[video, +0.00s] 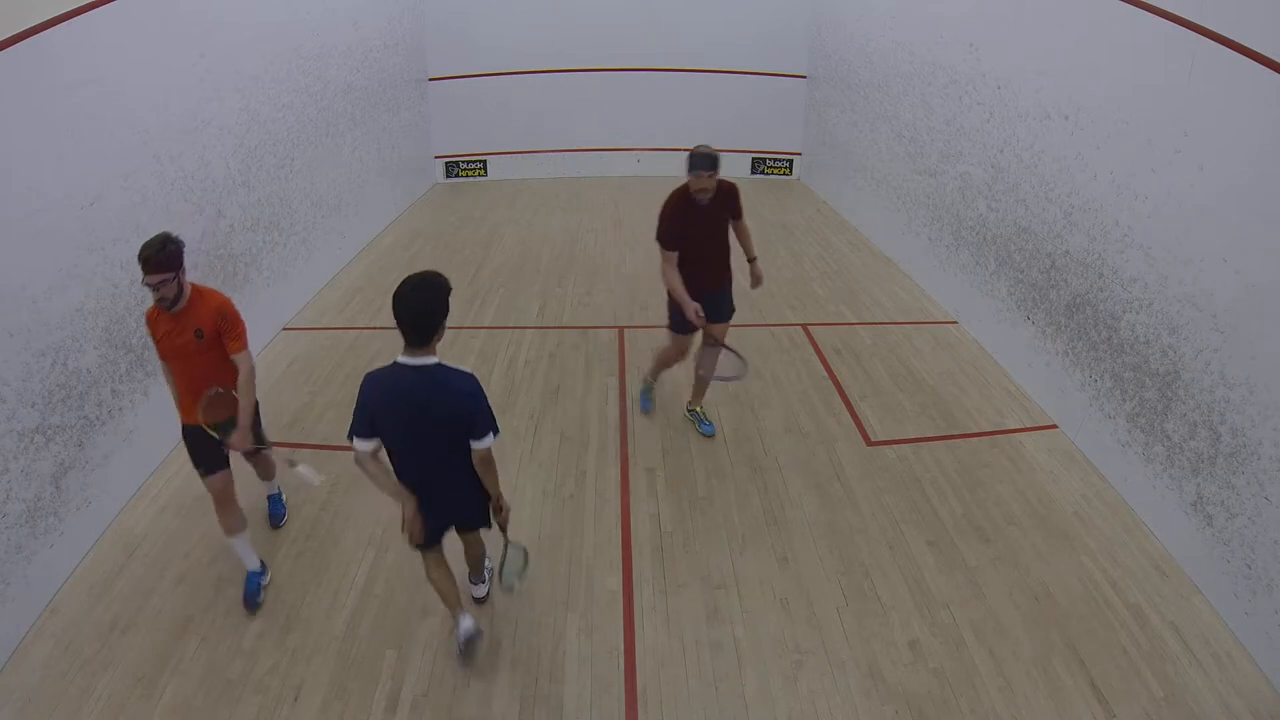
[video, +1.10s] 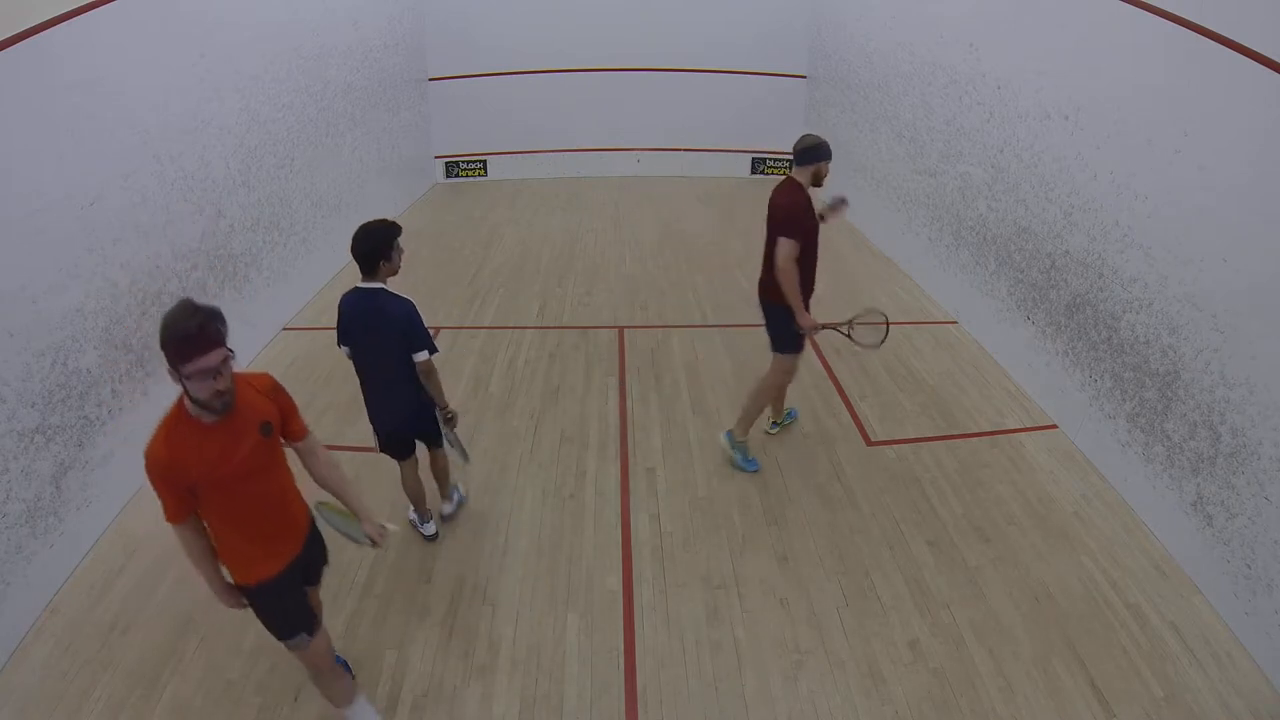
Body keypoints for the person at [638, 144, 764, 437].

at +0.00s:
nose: (701, 182)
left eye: (707, 176)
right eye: (695, 176)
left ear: (716, 175)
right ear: (688, 175)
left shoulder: (728, 193)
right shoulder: (674, 206)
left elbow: (739, 225)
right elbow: (669, 265)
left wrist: (753, 262)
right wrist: (686, 302)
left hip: (718, 281)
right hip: (685, 285)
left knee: (714, 343)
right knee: (679, 349)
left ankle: (695, 405)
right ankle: (649, 379)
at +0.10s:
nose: (719, 177)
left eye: (725, 170)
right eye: (713, 170)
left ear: (733, 171)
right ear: (703, 170)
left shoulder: (738, 192)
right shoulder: (686, 204)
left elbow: (744, 229)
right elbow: (677, 267)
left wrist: (758, 264)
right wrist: (698, 304)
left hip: (726, 285)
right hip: (693, 288)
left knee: (716, 350)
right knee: (699, 356)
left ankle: (694, 407)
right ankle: (668, 400)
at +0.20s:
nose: (734, 176)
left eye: (740, 169)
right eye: (727, 169)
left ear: (746, 170)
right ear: (716, 169)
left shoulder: (748, 194)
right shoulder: (696, 205)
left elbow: (748, 231)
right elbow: (685, 268)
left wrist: (763, 267)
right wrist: (709, 305)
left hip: (732, 287)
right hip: (702, 290)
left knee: (713, 357)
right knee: (710, 362)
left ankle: (697, 410)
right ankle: (693, 419)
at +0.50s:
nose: (772, 181)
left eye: (777, 174)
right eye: (766, 174)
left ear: (780, 173)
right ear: (749, 171)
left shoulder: (771, 200)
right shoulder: (727, 208)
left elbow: (768, 243)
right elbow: (697, 264)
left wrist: (786, 281)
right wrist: (737, 302)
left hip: (757, 297)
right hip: (727, 301)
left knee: (755, 359)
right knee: (734, 370)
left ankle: (708, 397)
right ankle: (725, 444)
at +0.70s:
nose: (799, 183)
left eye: (803, 176)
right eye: (794, 176)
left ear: (802, 173)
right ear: (774, 171)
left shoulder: (783, 197)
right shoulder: (749, 208)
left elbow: (778, 247)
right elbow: (713, 261)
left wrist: (800, 282)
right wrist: (750, 300)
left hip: (771, 302)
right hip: (745, 306)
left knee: (777, 351)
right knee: (745, 373)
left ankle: (739, 405)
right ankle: (726, 442)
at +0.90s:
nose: (822, 179)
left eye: (823, 172)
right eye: (818, 172)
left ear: (798, 171)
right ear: (799, 171)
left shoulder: (792, 200)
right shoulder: (772, 208)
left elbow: (789, 248)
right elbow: (746, 266)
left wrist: (824, 265)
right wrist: (771, 309)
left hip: (779, 302)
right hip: (759, 307)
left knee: (785, 351)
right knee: (751, 372)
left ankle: (777, 415)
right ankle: (726, 443)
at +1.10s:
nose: (828, 171)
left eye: (828, 164)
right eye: (826, 164)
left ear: (801, 162)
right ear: (815, 165)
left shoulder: (791, 191)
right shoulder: (793, 201)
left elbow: (795, 233)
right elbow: (784, 262)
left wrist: (823, 217)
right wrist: (801, 312)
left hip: (783, 294)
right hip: (782, 299)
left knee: (785, 360)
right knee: (783, 368)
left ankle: (778, 415)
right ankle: (737, 435)